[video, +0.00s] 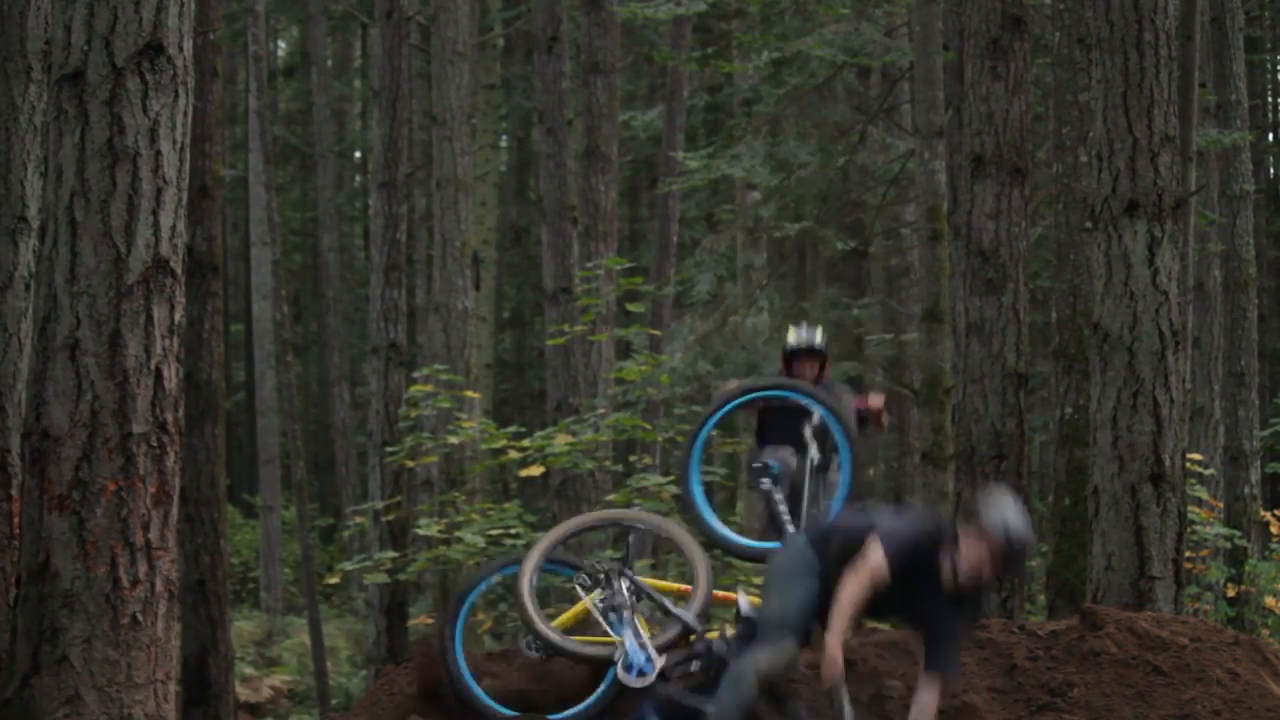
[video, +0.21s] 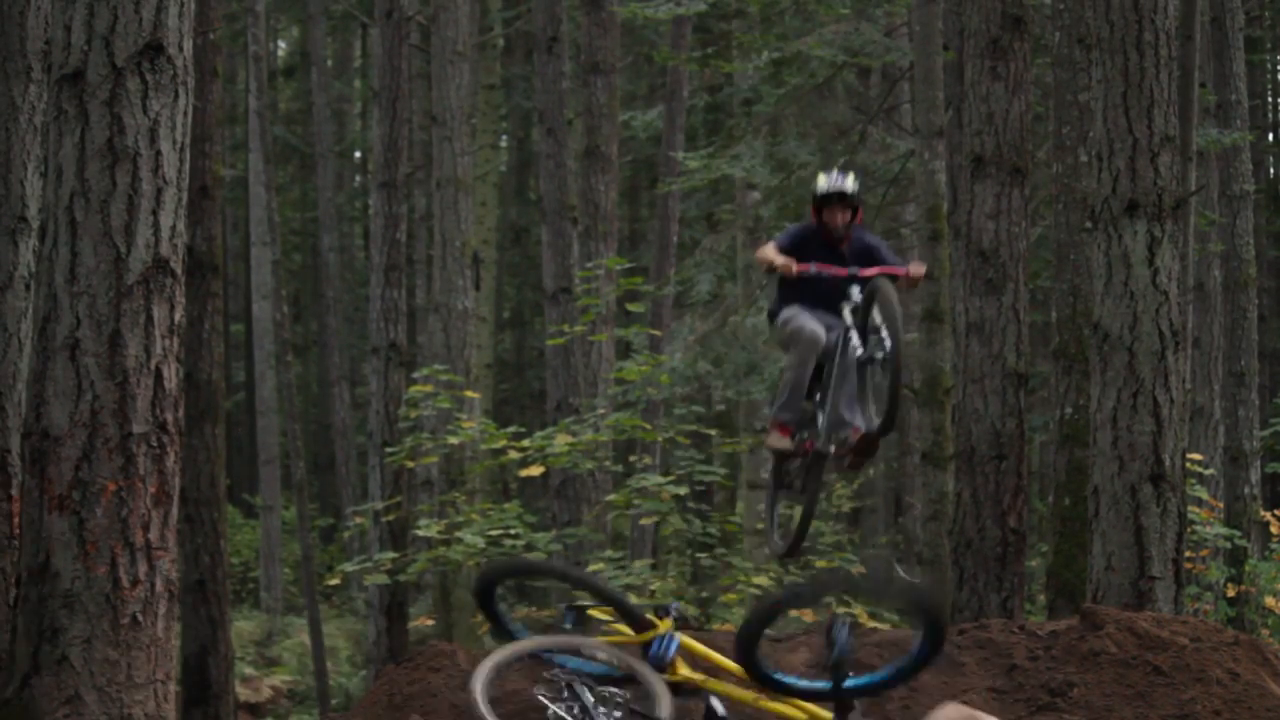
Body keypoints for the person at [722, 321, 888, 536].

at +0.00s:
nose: (806, 369)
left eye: (812, 362)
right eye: (800, 362)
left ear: (822, 365)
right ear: (788, 364)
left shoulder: (836, 395)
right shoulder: (773, 394)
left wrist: (871, 412)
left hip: (825, 461)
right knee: (781, 458)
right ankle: (780, 529)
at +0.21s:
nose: (838, 218)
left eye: (844, 210)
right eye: (831, 210)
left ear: (855, 213)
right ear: (819, 212)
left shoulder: (863, 243)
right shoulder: (804, 235)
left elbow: (897, 280)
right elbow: (763, 252)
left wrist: (912, 274)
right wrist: (779, 260)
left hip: (839, 318)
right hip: (797, 309)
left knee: (852, 348)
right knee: (812, 335)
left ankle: (847, 428)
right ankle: (782, 423)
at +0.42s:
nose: (874, 140)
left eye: (881, 133)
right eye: (867, 133)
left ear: (893, 136)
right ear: (854, 135)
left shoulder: (902, 170)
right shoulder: (839, 159)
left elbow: (936, 201)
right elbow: (812, 185)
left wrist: (962, 217)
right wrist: (824, 202)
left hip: (866, 251)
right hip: (823, 240)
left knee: (886, 299)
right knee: (844, 285)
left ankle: (882, 384)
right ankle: (803, 377)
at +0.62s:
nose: (921, 153)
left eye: (928, 145)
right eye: (913, 145)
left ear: (940, 147)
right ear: (898, 145)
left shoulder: (950, 188)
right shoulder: (883, 170)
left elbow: (982, 230)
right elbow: (864, 208)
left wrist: (1019, 261)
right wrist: (882, 237)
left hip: (900, 268)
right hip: (855, 256)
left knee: (918, 337)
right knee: (871, 329)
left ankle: (920, 431)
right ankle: (827, 430)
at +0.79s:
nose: (973, 244)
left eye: (980, 235)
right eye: (964, 235)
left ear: (990, 238)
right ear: (945, 235)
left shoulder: (993, 283)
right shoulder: (927, 266)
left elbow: (1025, 345)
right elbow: (905, 312)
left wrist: (1061, 390)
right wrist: (931, 361)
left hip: (935, 363)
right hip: (887, 353)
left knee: (953, 445)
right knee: (894, 445)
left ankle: (954, 545)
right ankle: (859, 553)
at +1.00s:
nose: (1064, 364)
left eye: (1071, 357)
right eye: (1056, 354)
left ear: (1078, 354)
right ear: (1032, 341)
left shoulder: (1071, 381)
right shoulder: (1003, 356)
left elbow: (1107, 430)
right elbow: (988, 393)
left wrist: (1152, 472)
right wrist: (1038, 434)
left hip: (1002, 450)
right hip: (950, 447)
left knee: (1071, 498)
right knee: (948, 547)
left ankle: (1049, 592)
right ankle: (913, 673)